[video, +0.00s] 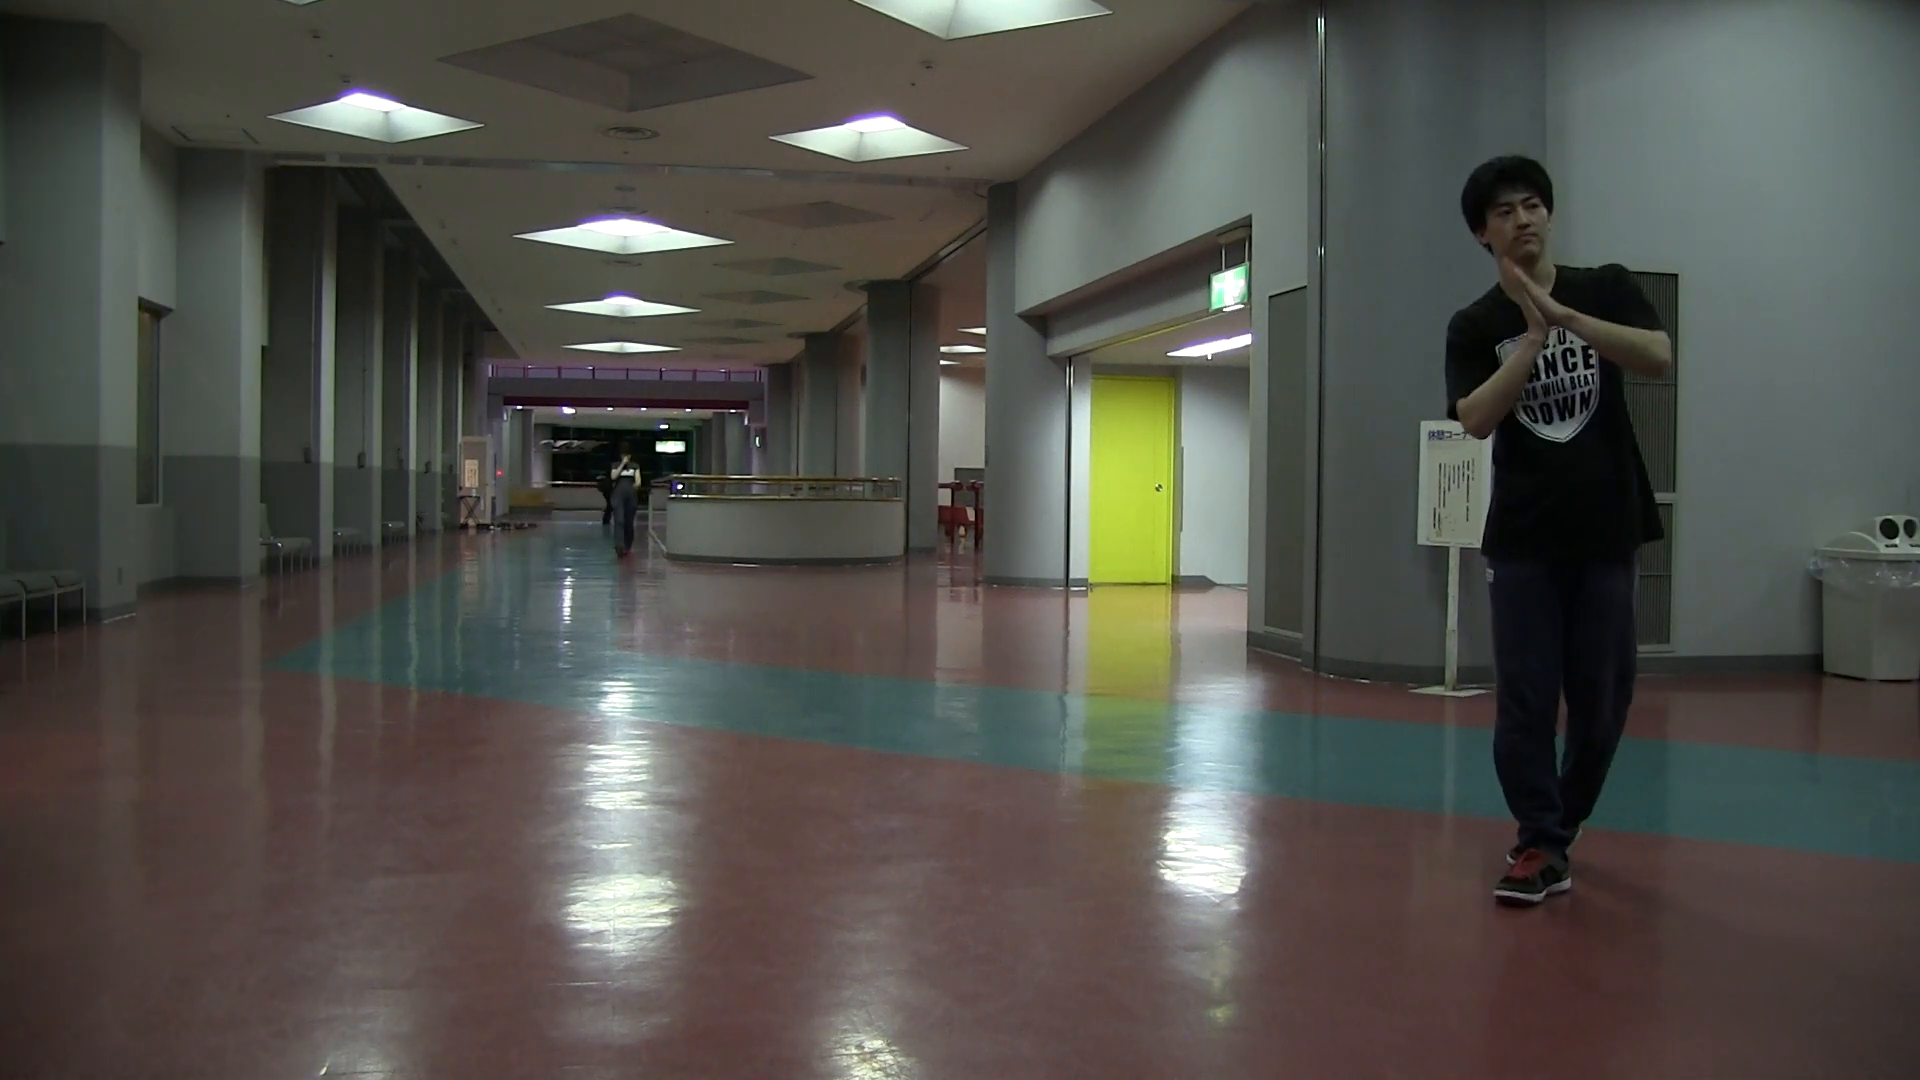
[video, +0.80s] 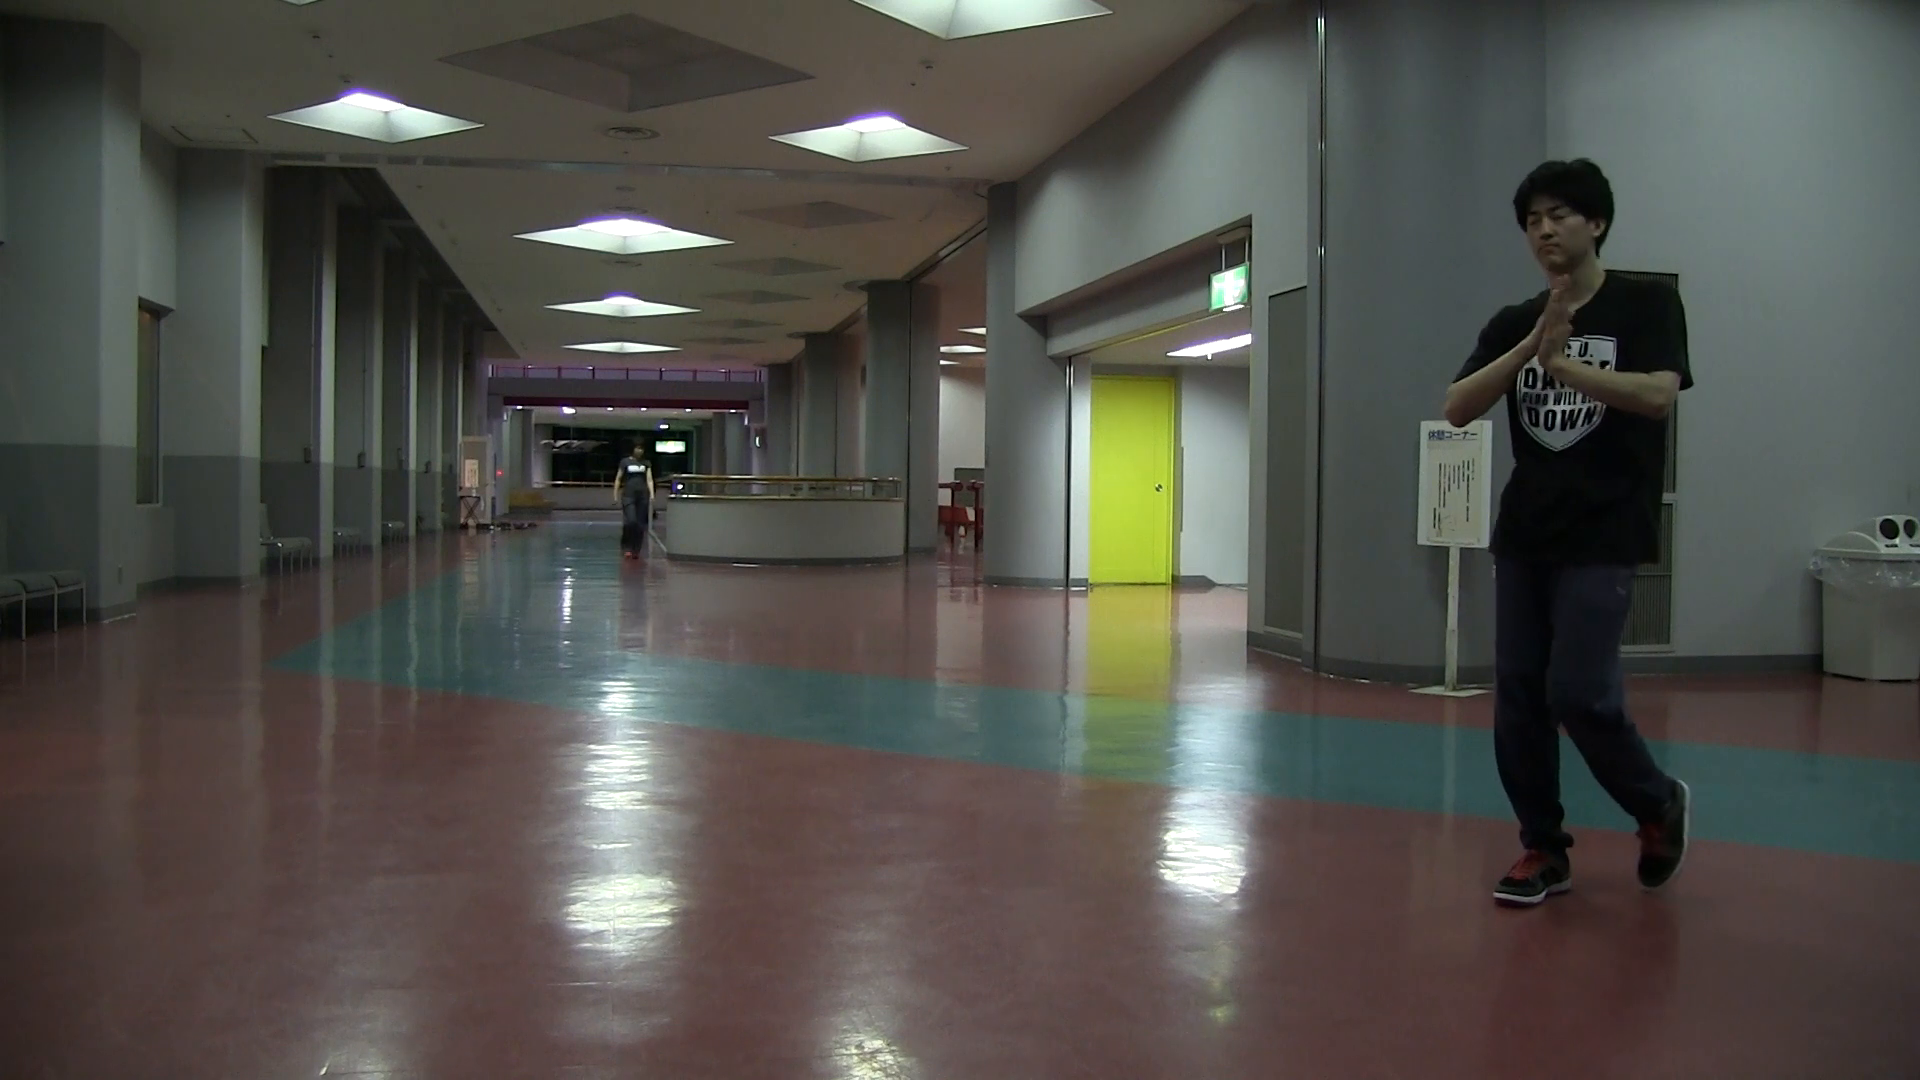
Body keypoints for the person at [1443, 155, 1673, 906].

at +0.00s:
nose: (1522, 220)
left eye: (1531, 205)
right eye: (1504, 212)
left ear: (1550, 215)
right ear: (1481, 233)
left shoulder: (1605, 288)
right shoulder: (1474, 325)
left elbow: (1658, 360)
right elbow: (1475, 418)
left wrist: (1561, 314)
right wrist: (1533, 339)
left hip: (1606, 528)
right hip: (1521, 533)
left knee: (1601, 693)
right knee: (1525, 692)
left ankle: (1555, 837)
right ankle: (1536, 848)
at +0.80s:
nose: (1546, 231)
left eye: (1560, 215)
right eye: (1534, 220)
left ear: (1596, 224)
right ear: (1524, 234)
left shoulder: (1646, 305)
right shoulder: (1513, 324)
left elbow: (1659, 397)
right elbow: (1457, 408)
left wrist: (1561, 367)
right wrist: (1530, 348)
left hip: (1604, 534)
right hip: (1524, 532)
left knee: (1581, 696)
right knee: (1519, 698)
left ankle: (1659, 806)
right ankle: (1544, 852)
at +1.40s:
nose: (1601, 233)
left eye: (1614, 220)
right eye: (1599, 221)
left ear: (1661, 224)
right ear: (1612, 230)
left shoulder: (1711, 299)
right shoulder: (1613, 325)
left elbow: (1685, 397)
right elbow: (1569, 422)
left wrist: (1588, 386)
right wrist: (1564, 385)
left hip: (1695, 528)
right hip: (1625, 527)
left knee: (1678, 691)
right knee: (1588, 683)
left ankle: (1707, 848)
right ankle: (1553, 836)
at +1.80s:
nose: (1607, 224)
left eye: (1621, 212)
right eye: (1612, 212)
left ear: (1658, 226)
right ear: (1650, 228)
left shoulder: (1688, 304)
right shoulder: (1629, 326)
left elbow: (1661, 411)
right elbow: (1603, 426)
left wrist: (1594, 505)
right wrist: (1566, 504)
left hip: (1680, 530)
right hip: (1632, 529)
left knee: (1676, 684)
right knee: (1628, 677)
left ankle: (1710, 848)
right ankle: (1648, 818)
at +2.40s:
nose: (1655, 241)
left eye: (1664, 232)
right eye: (1664, 231)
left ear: (1676, 248)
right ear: (1705, 271)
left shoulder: (1645, 320)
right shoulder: (1682, 331)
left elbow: (1593, 417)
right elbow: (1646, 434)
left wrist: (1559, 509)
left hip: (1599, 530)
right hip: (1633, 532)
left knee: (1563, 675)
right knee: (1618, 670)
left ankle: (1653, 812)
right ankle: (1634, 815)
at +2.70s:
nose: (1577, 299)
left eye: (1580, 283)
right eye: (1576, 285)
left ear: (1609, 273)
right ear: (1626, 277)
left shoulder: (1635, 334)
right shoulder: (1661, 338)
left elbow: (1582, 425)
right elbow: (1631, 461)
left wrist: (1531, 514)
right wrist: (1580, 546)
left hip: (1620, 545)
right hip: (1640, 547)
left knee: (1536, 674)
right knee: (1586, 682)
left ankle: (1621, 808)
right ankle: (1634, 811)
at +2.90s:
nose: (1544, 308)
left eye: (1545, 292)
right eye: (1538, 296)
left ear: (1580, 275)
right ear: (1577, 280)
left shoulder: (1644, 334)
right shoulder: (1606, 354)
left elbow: (1638, 445)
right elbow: (1587, 458)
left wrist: (1631, 550)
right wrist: (1544, 540)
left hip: (1656, 539)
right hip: (1629, 538)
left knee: (1563, 669)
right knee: (1603, 678)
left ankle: (1641, 810)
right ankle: (1631, 816)